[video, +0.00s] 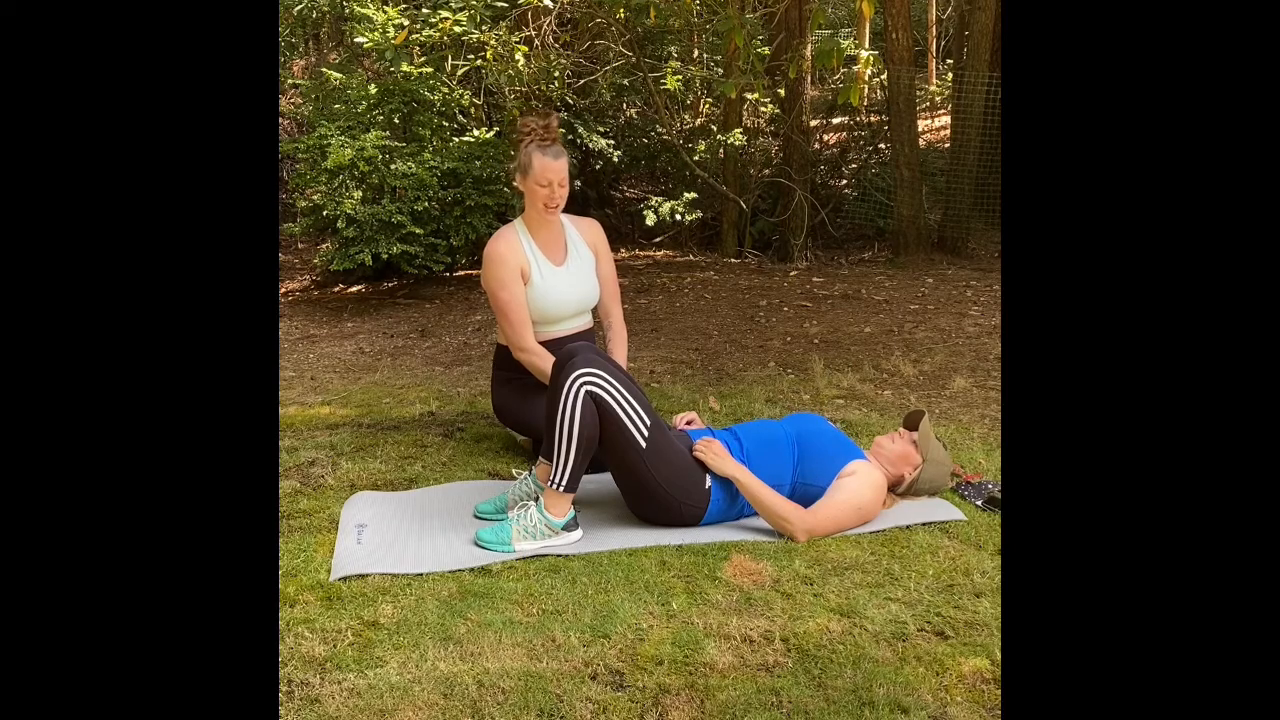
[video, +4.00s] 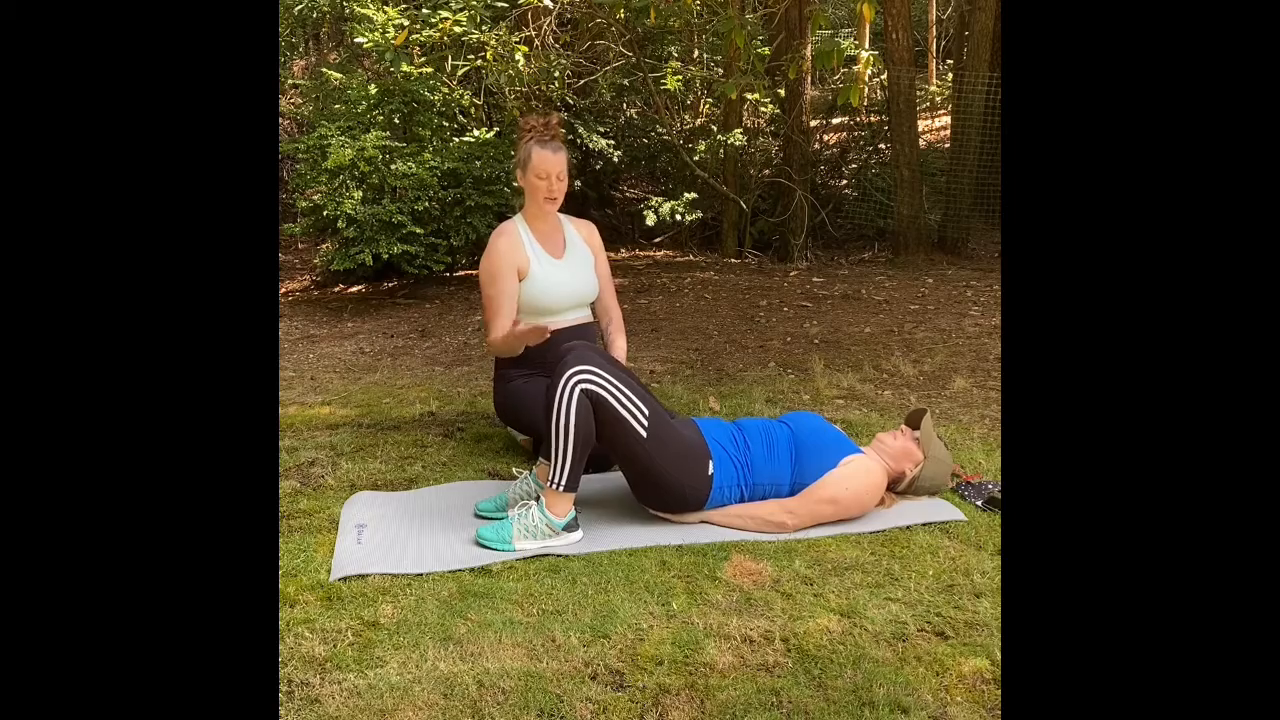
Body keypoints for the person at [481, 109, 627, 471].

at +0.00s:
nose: (555, 194)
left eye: (562, 183)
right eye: (544, 185)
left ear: (570, 180)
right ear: (520, 183)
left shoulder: (589, 232)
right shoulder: (504, 249)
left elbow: (613, 320)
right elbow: (523, 348)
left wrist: (614, 382)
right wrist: (584, 395)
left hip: (584, 366)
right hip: (523, 380)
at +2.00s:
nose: (560, 191)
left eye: (569, 180)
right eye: (550, 179)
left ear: (577, 182)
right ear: (528, 179)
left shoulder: (592, 232)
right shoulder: (507, 248)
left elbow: (614, 322)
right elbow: (524, 347)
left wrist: (614, 385)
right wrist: (589, 397)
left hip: (584, 367)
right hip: (523, 379)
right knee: (600, 444)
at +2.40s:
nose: (563, 196)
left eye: (571, 186)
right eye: (553, 185)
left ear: (580, 184)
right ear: (531, 181)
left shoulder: (593, 233)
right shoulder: (510, 246)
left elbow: (614, 322)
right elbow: (509, 350)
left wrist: (613, 382)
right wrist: (575, 389)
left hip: (585, 370)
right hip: (524, 381)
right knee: (606, 447)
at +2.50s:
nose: (564, 196)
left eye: (573, 186)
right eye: (554, 185)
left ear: (581, 183)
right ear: (533, 181)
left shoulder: (595, 234)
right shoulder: (512, 246)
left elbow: (615, 321)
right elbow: (502, 346)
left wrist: (614, 380)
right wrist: (569, 384)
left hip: (585, 373)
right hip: (525, 384)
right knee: (610, 447)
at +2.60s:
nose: (565, 195)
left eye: (574, 185)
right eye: (555, 184)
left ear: (582, 183)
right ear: (533, 180)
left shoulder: (595, 234)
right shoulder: (512, 245)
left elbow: (615, 321)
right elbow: (499, 346)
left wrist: (614, 380)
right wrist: (563, 386)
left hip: (586, 372)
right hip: (525, 382)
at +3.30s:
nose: (552, 191)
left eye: (560, 180)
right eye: (541, 181)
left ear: (570, 178)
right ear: (523, 181)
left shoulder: (590, 233)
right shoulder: (509, 244)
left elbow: (614, 319)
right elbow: (502, 333)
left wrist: (616, 366)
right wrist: (517, 374)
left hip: (587, 366)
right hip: (527, 375)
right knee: (599, 448)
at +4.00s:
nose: (554, 187)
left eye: (561, 177)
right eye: (543, 177)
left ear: (568, 178)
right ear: (520, 178)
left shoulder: (585, 232)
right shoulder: (505, 243)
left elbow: (611, 318)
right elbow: (497, 342)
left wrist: (615, 366)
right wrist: (524, 337)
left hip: (585, 364)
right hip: (525, 375)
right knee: (604, 448)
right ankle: (536, 440)